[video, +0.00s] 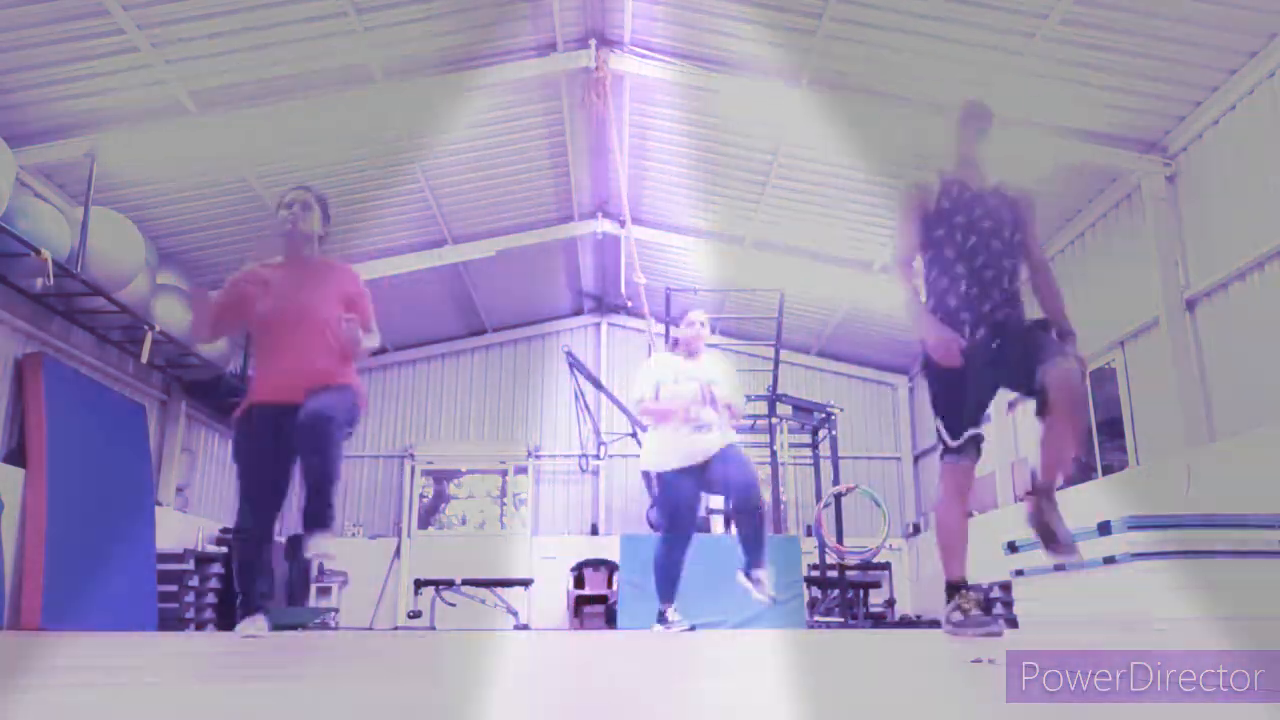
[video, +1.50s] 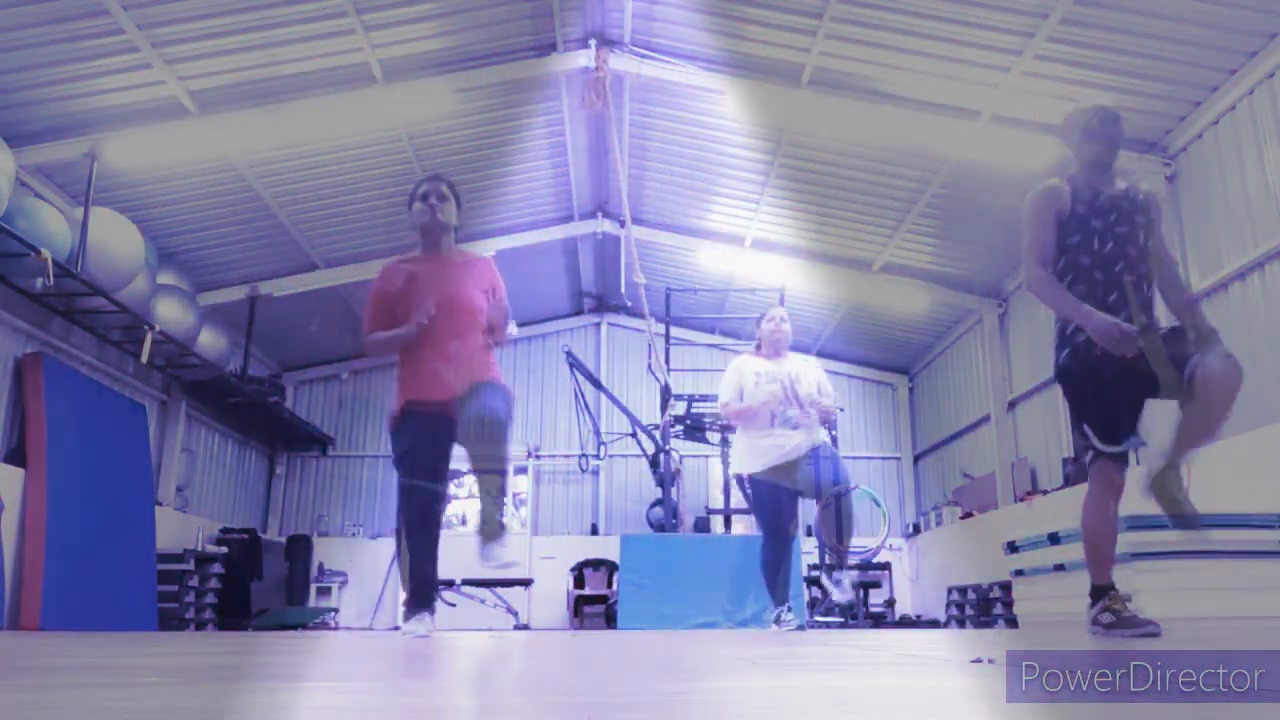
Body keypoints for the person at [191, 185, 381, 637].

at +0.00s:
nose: (294, 214)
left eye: (304, 208)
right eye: (287, 208)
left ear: (323, 223)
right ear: (276, 221)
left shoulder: (343, 278)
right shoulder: (255, 279)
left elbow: (373, 340)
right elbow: (205, 336)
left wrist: (359, 340)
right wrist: (206, 307)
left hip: (330, 391)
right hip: (269, 399)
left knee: (317, 419)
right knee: (255, 516)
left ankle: (318, 531)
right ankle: (253, 612)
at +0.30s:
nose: (326, 221)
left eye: (335, 214)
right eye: (319, 214)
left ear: (352, 227)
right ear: (308, 226)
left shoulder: (376, 283)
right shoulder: (289, 283)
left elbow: (411, 344)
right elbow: (264, 352)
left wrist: (388, 337)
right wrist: (281, 350)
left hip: (365, 409)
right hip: (303, 411)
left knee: (367, 505)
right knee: (289, 512)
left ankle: (365, 611)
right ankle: (281, 611)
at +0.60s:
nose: (373, 197)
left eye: (383, 190)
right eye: (365, 191)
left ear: (401, 203)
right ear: (355, 203)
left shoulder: (422, 258)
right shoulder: (333, 259)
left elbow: (455, 321)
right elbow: (313, 328)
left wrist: (424, 332)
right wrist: (326, 313)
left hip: (394, 382)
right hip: (336, 378)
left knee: (386, 486)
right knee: (309, 458)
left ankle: (387, 605)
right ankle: (309, 548)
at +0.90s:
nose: (391, 191)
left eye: (401, 185)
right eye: (383, 186)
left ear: (420, 199)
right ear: (372, 201)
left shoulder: (443, 254)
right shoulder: (353, 255)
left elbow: (473, 317)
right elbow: (323, 317)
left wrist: (442, 331)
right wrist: (322, 307)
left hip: (420, 381)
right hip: (364, 373)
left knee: (414, 486)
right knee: (352, 433)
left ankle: (417, 598)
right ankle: (351, 554)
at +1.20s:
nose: (404, 201)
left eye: (412, 194)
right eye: (396, 194)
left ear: (428, 206)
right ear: (384, 206)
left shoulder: (453, 260)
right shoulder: (367, 263)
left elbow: (488, 311)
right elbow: (323, 320)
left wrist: (472, 334)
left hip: (438, 401)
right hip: (380, 398)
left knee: (436, 491)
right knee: (374, 510)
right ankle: (372, 609)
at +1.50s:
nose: (433, 205)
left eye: (442, 198)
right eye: (424, 199)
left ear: (457, 212)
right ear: (411, 213)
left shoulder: (481, 266)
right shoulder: (395, 274)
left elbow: (502, 329)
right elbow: (371, 341)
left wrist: (499, 329)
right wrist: (410, 331)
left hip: (478, 389)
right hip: (422, 399)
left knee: (488, 417)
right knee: (420, 508)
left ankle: (492, 532)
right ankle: (419, 607)